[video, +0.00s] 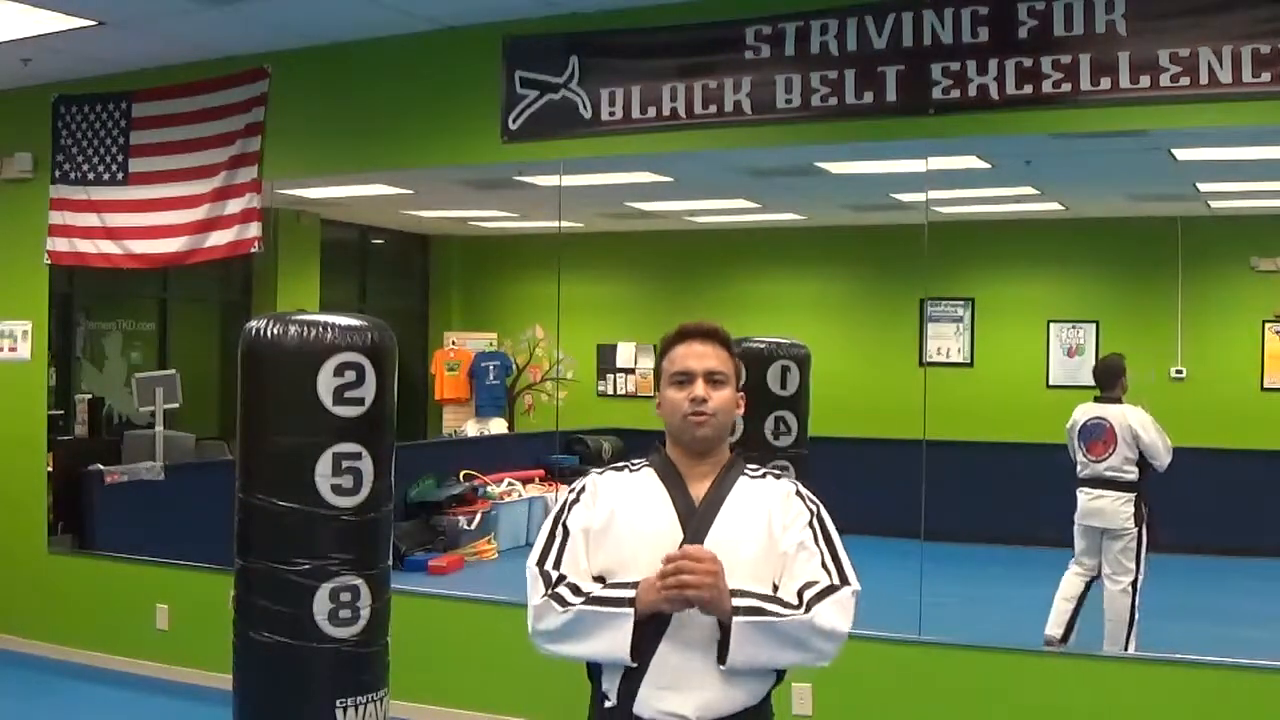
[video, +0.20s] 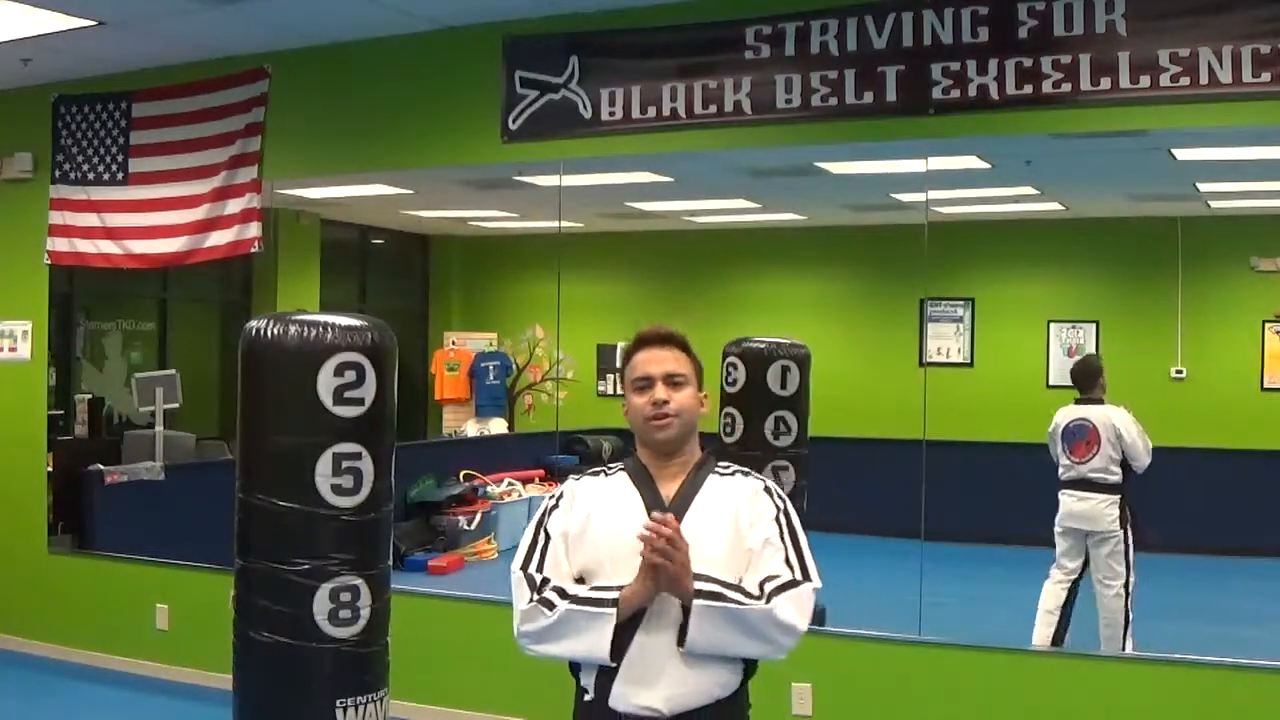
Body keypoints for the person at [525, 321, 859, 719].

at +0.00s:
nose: (699, 394)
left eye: (715, 381)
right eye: (681, 381)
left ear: (739, 403)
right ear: (659, 402)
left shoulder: (787, 503)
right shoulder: (595, 494)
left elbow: (826, 626)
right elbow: (548, 612)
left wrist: (730, 603)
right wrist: (642, 597)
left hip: (741, 709)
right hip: (624, 708)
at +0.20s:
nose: (659, 396)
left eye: (676, 383)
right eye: (643, 385)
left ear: (702, 401)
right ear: (625, 406)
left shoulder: (755, 498)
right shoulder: (574, 498)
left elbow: (786, 620)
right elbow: (533, 616)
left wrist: (690, 588)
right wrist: (631, 595)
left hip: (714, 708)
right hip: (605, 707)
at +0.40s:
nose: (618, 402)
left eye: (632, 387)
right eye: (601, 392)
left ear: (661, 402)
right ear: (586, 410)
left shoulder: (718, 483)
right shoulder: (552, 500)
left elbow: (756, 601)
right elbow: (521, 621)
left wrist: (654, 578)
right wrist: (604, 585)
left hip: (693, 705)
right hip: (593, 706)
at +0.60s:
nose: (593, 404)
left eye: (608, 387)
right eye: (577, 394)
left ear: (638, 391)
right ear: (565, 405)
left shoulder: (699, 465)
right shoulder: (542, 494)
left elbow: (748, 578)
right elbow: (517, 613)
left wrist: (643, 566)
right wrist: (593, 576)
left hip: (691, 698)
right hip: (590, 700)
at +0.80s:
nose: (605, 394)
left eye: (619, 379)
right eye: (590, 384)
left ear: (648, 392)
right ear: (577, 400)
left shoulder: (704, 466)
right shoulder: (549, 491)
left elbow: (746, 577)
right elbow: (521, 608)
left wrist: (643, 565)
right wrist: (591, 565)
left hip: (690, 698)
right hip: (590, 698)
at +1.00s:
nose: (640, 392)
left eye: (655, 379)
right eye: (625, 381)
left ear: (679, 394)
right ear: (609, 396)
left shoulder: (730, 474)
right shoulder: (569, 485)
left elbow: (764, 581)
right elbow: (535, 592)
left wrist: (669, 573)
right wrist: (611, 572)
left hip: (702, 698)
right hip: (604, 697)